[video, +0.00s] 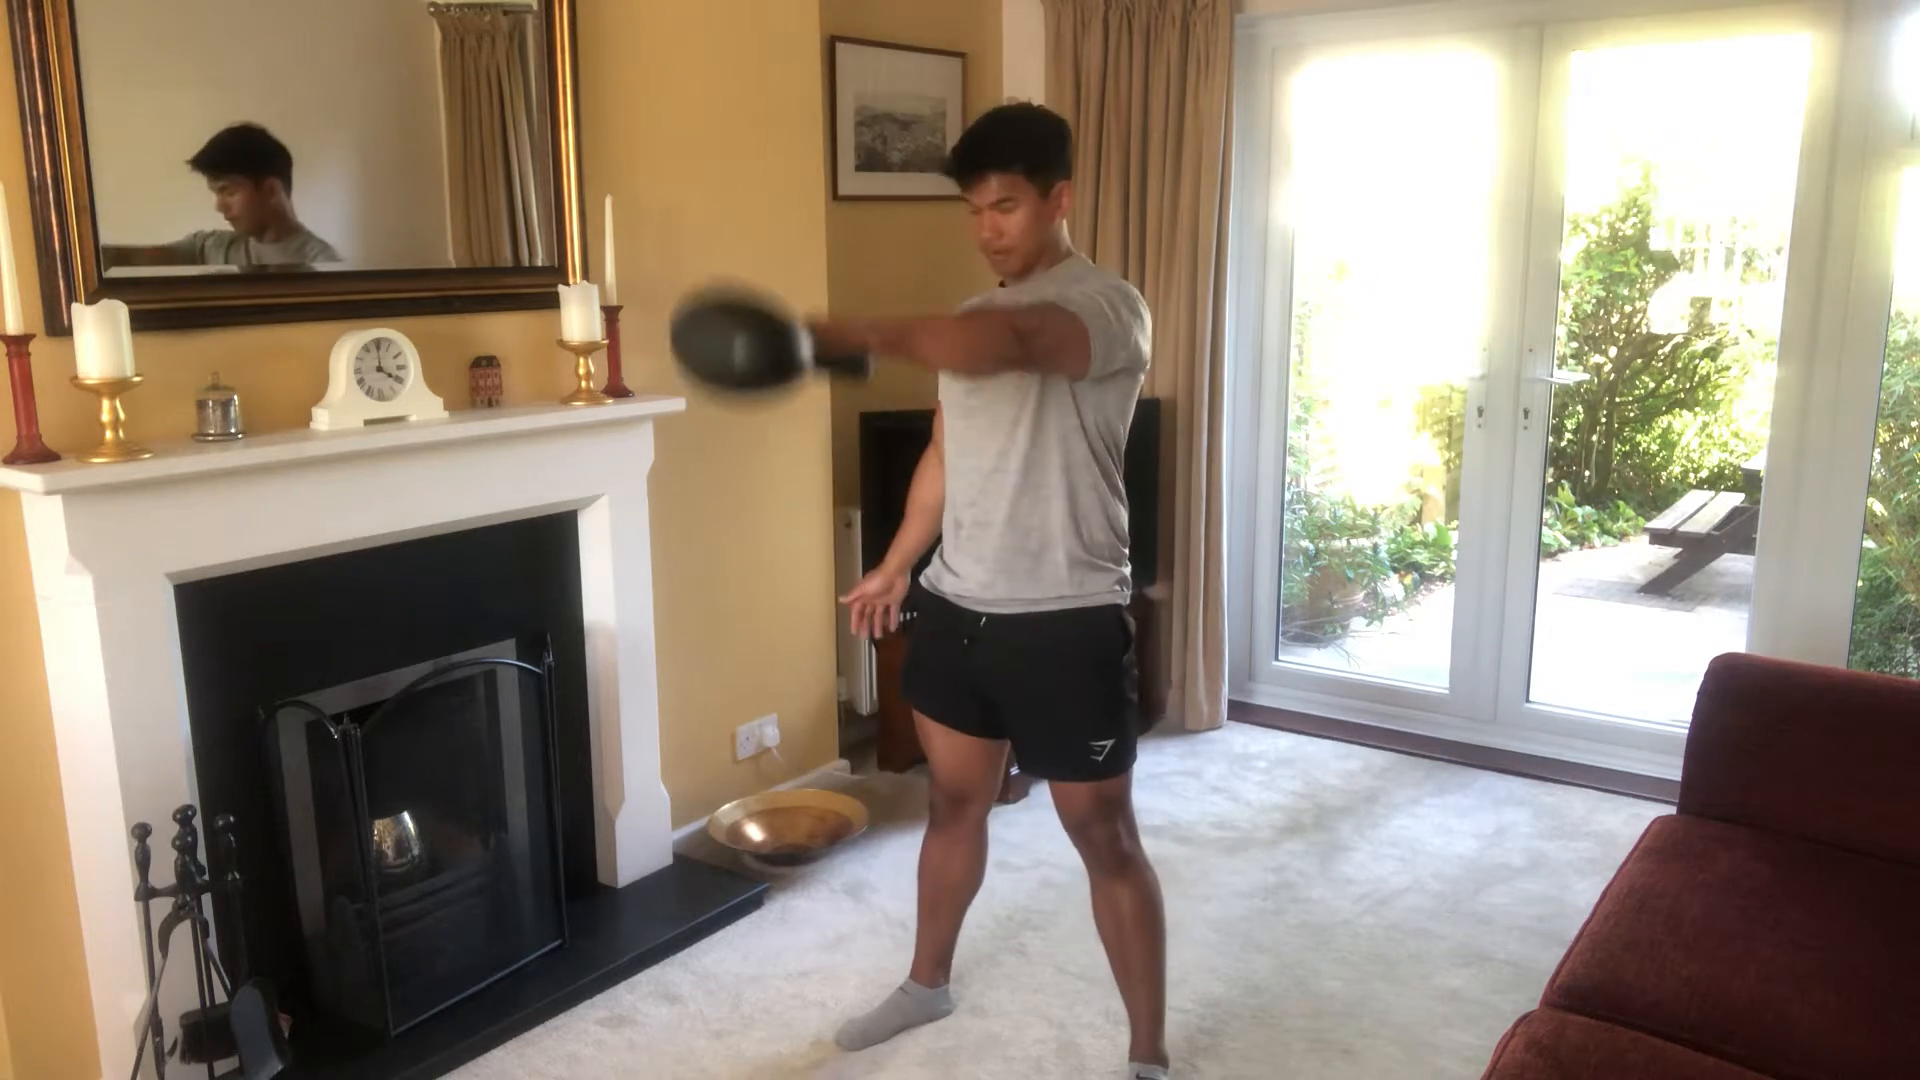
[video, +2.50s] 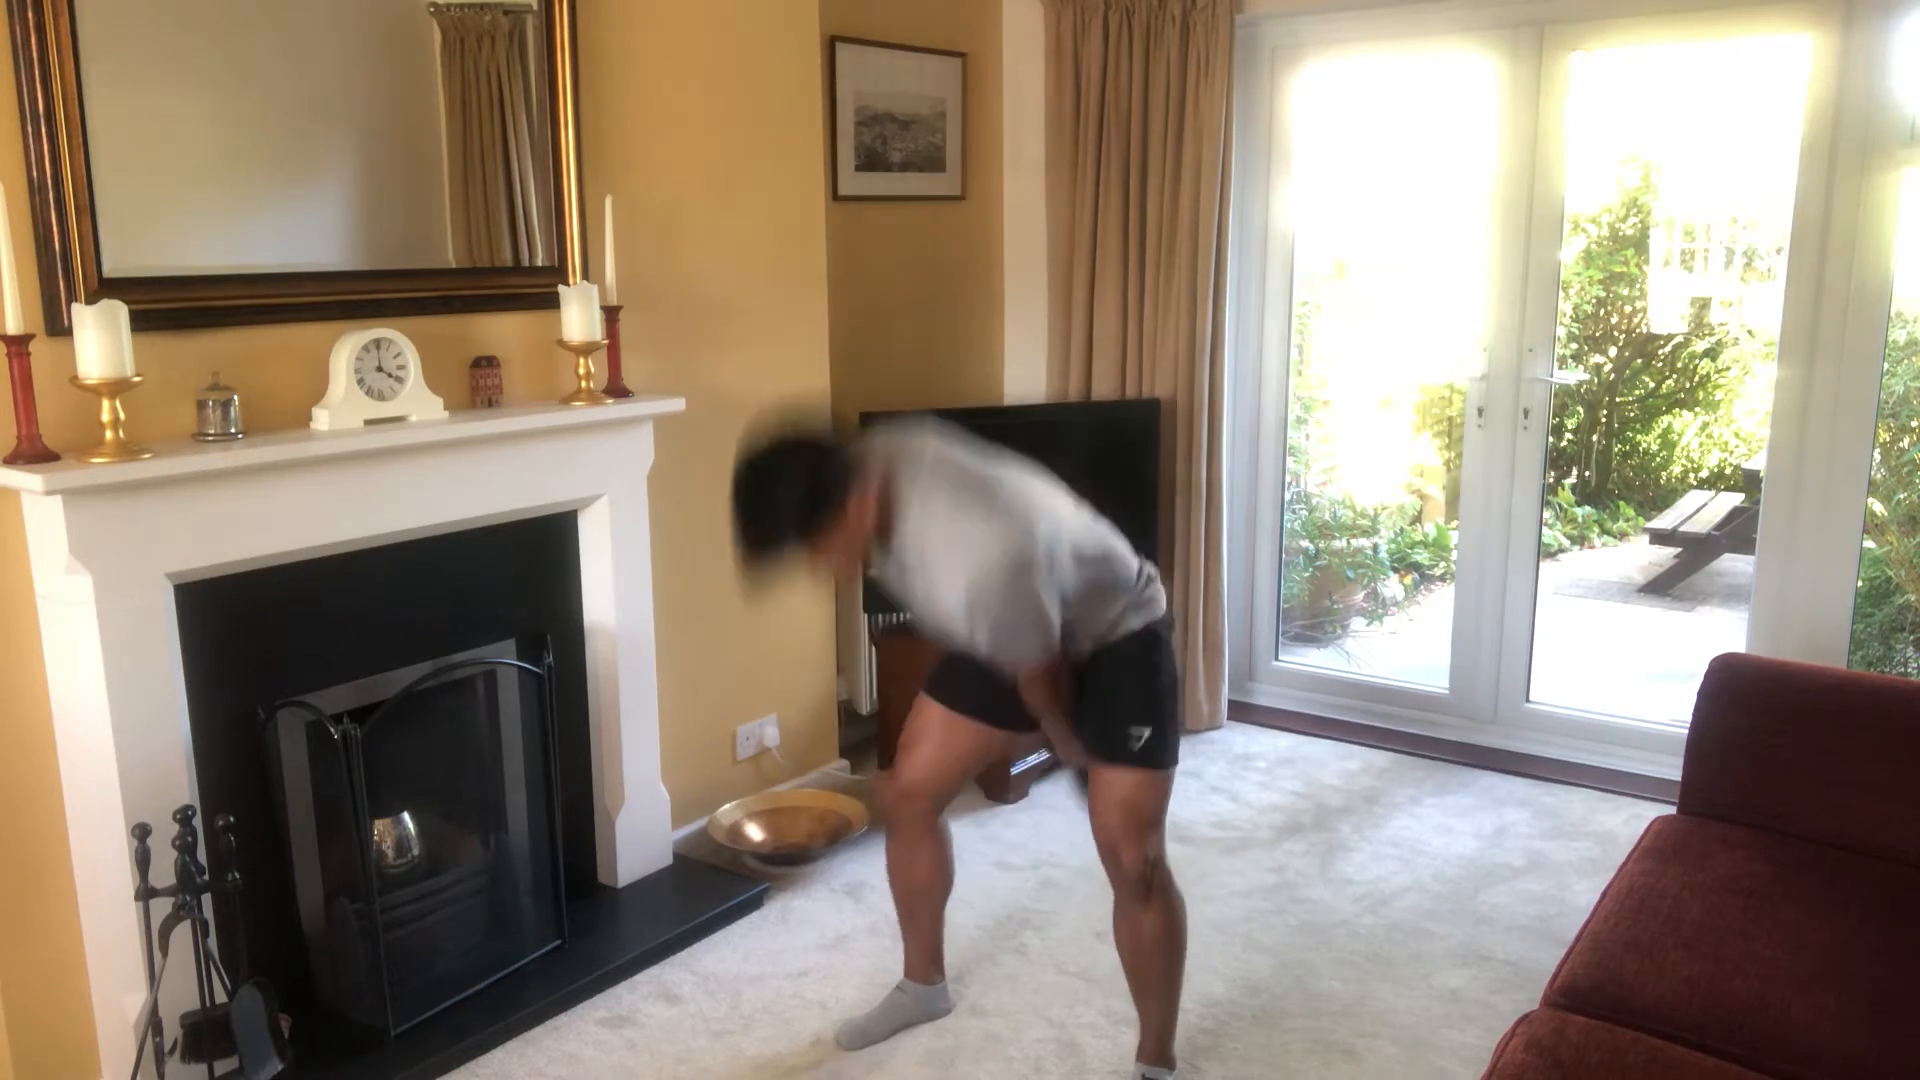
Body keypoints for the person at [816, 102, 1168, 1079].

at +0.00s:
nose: (986, 229)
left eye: (1005, 206)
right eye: (974, 210)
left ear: (1060, 199)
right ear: (967, 209)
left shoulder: (1110, 305)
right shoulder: (968, 320)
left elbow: (1007, 336)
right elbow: (945, 450)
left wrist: (850, 337)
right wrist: (895, 566)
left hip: (1071, 617)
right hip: (956, 606)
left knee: (1104, 837)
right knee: (951, 806)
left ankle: (1148, 1053)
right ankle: (928, 984)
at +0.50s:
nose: (823, 510)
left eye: (820, 493)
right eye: (810, 499)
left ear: (851, 461)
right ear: (852, 446)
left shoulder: (992, 499)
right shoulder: (887, 442)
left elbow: (1021, 654)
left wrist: (1034, 754)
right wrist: (906, 560)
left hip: (1110, 636)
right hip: (995, 626)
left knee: (1130, 861)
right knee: (909, 802)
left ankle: (1153, 1063)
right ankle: (924, 985)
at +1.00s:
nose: (878, 313)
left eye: (891, 289)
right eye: (867, 295)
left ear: (946, 266)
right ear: (865, 289)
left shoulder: (1037, 359)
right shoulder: (905, 350)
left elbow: (1011, 548)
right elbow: (908, 463)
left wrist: (995, 699)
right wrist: (881, 574)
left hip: (1100, 604)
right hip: (989, 598)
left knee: (1128, 840)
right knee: (937, 790)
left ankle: (1156, 1057)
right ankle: (926, 982)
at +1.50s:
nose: (982, 225)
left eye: (1001, 201)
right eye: (970, 207)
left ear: (1057, 199)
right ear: (965, 210)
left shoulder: (1110, 303)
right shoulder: (964, 322)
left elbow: (1012, 324)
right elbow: (939, 460)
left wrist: (865, 315)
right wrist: (881, 579)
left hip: (1073, 617)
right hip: (961, 610)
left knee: (1107, 837)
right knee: (953, 806)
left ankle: (1150, 1055)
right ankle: (927, 982)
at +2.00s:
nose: (867, 389)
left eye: (870, 371)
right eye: (855, 376)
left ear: (915, 333)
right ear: (863, 354)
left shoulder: (1025, 400)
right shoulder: (896, 383)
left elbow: (1001, 590)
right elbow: (913, 483)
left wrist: (958, 729)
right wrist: (883, 592)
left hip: (1101, 620)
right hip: (994, 611)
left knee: (1125, 852)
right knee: (917, 779)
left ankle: (1153, 1060)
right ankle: (924, 983)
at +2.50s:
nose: (821, 563)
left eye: (815, 544)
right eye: (807, 551)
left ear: (845, 509)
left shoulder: (976, 555)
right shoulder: (878, 458)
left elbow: (1041, 683)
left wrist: (1074, 752)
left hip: (1116, 628)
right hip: (1012, 620)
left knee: (1133, 857)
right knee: (908, 795)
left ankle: (1156, 1061)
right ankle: (923, 984)